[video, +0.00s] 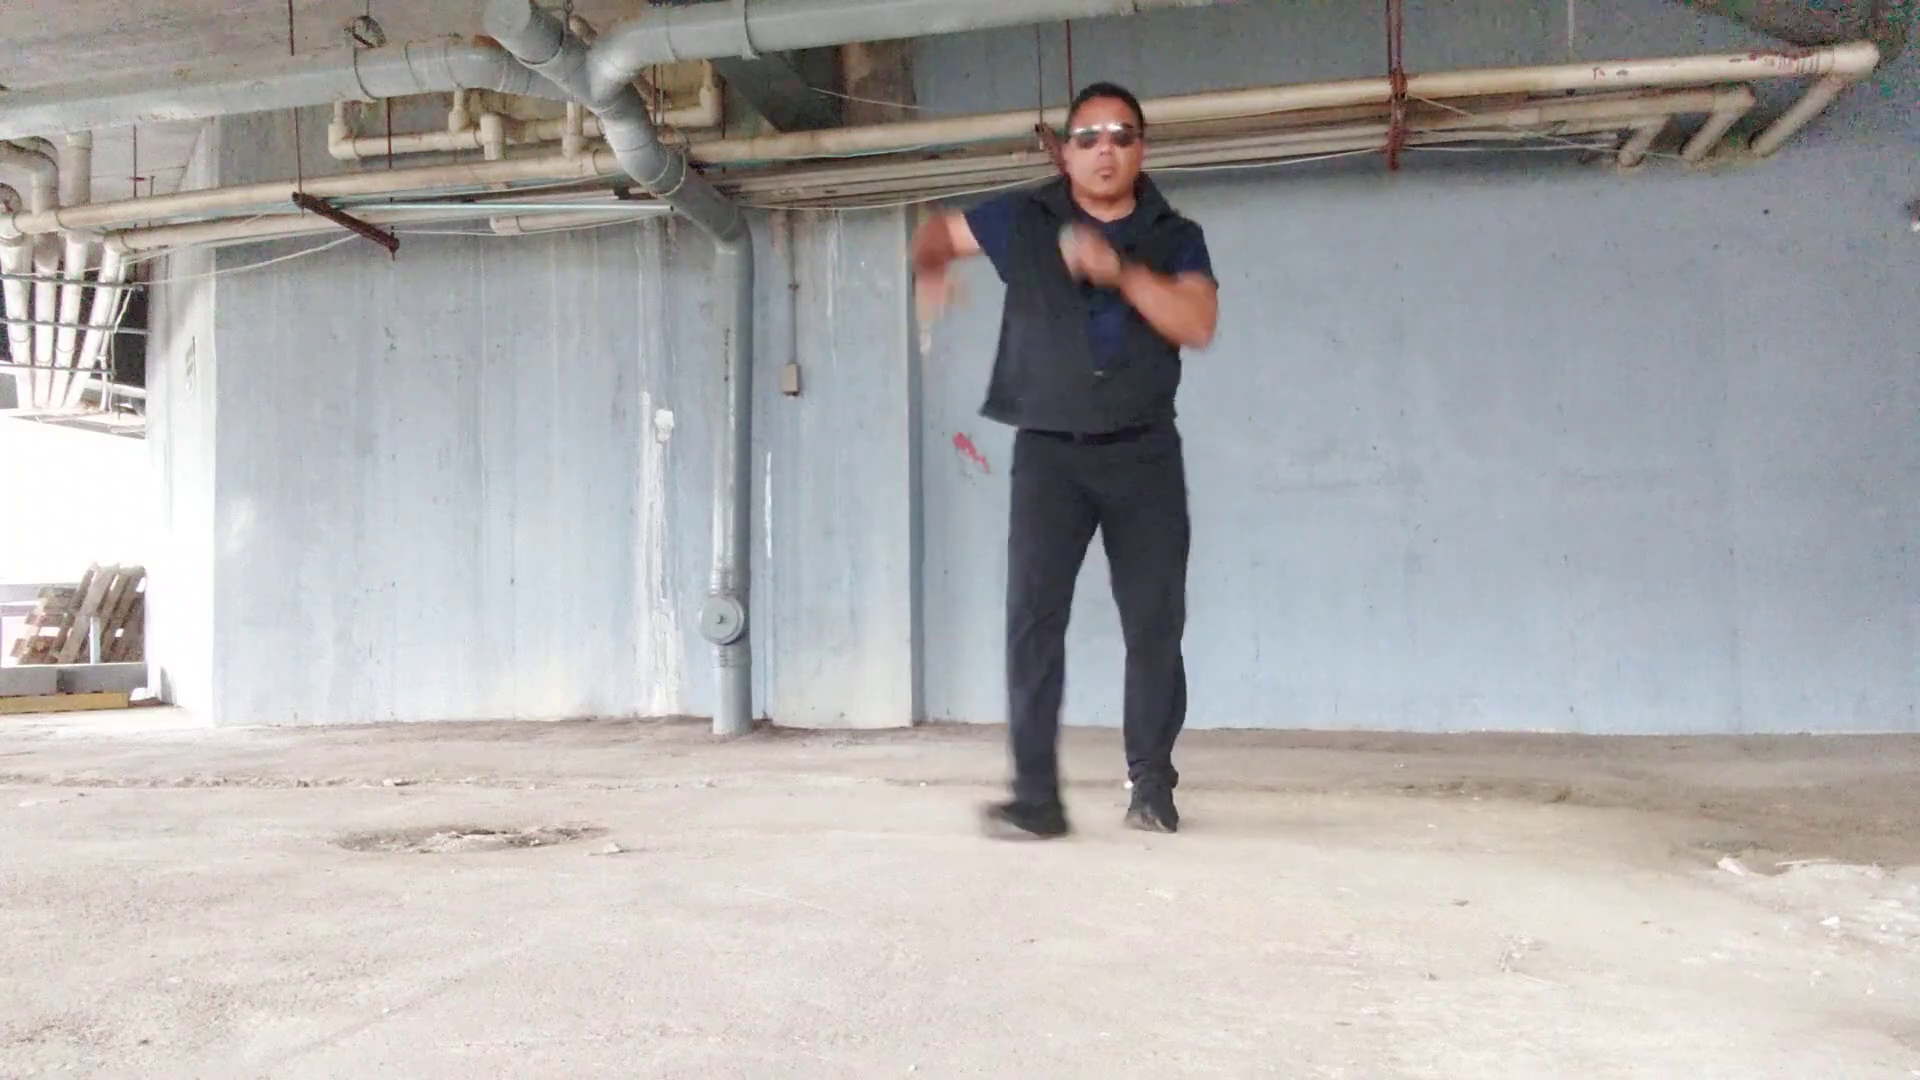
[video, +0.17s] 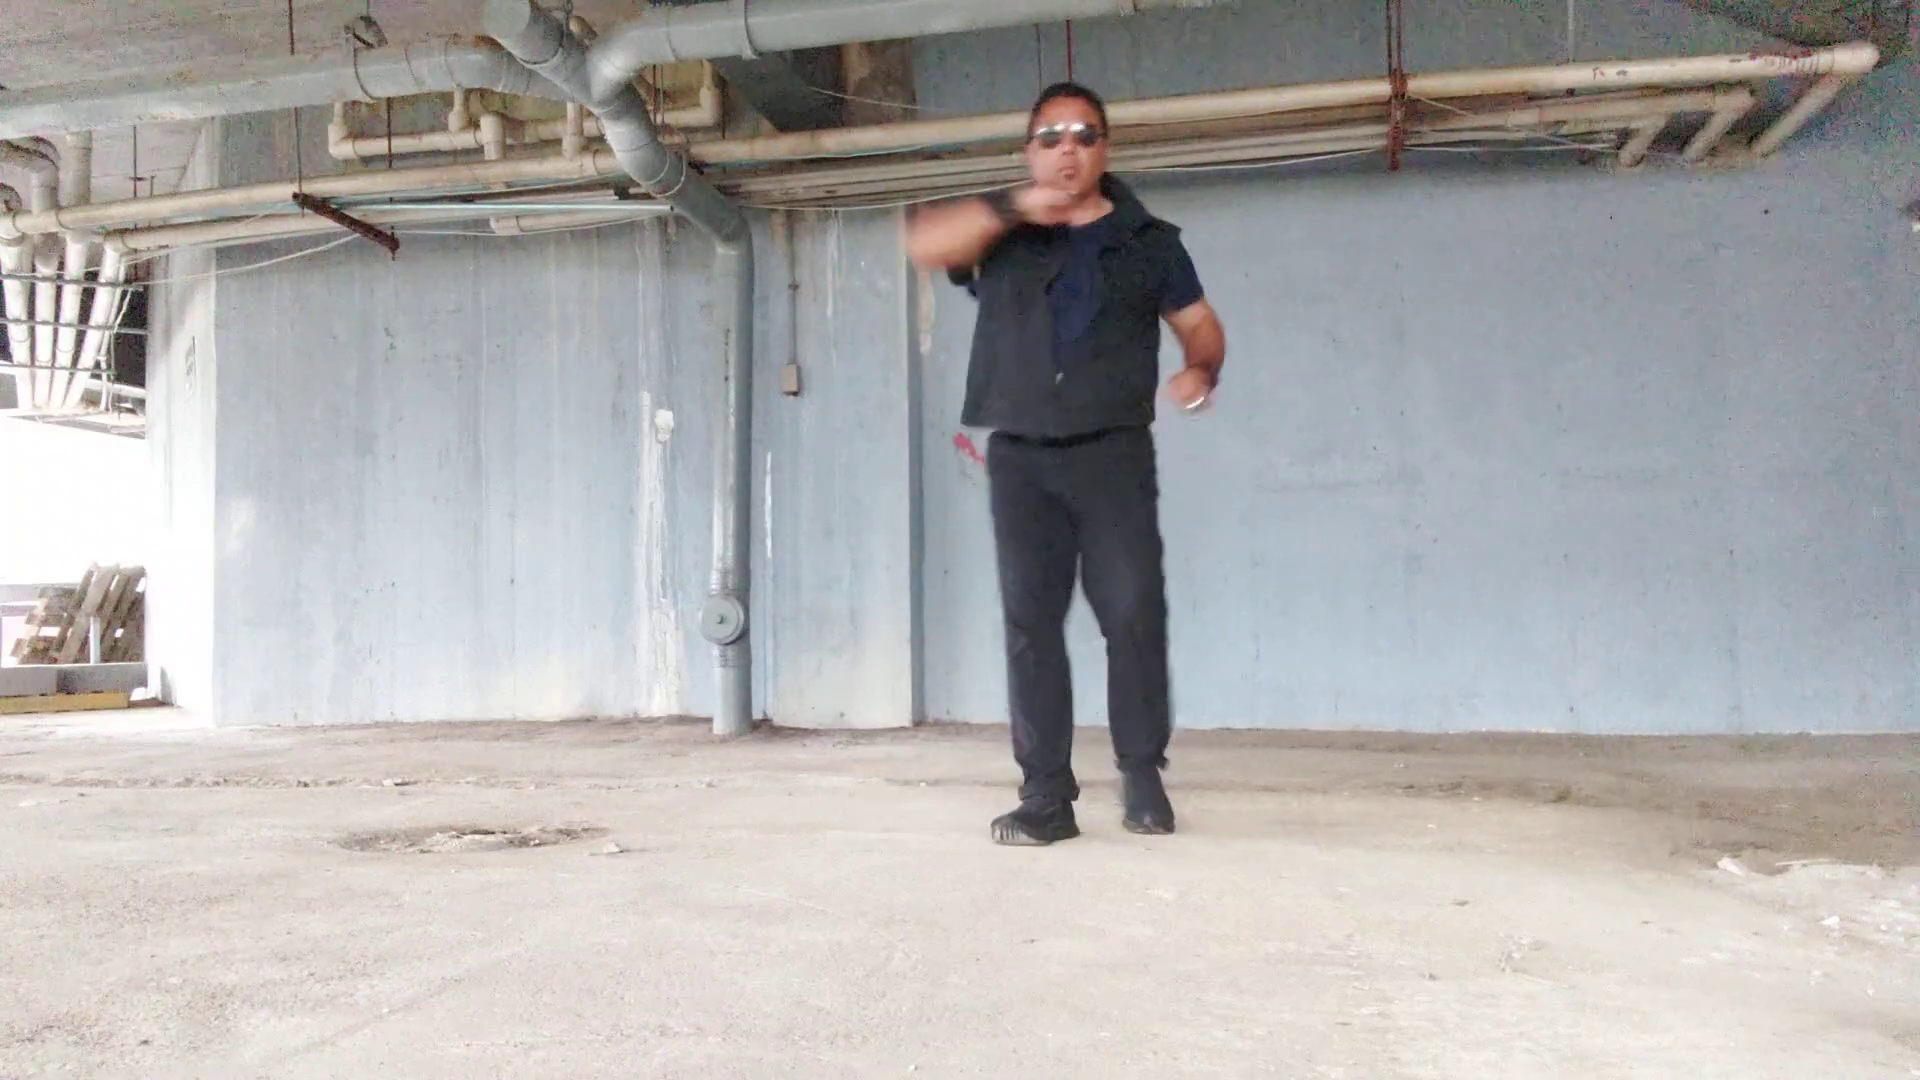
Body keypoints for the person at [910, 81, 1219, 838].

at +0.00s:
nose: (1106, 149)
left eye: (1121, 136)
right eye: (1089, 137)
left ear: (1143, 150)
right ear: (1064, 152)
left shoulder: (1171, 232)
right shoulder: (1027, 217)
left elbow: (1198, 324)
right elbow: (937, 231)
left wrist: (1119, 271)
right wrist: (929, 267)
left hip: (1144, 456)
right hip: (1048, 455)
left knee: (1155, 625)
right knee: (1033, 618)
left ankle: (1153, 784)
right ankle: (1036, 796)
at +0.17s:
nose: (1065, 149)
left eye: (1083, 136)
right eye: (1050, 137)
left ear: (1106, 152)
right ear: (1028, 154)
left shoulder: (1145, 240)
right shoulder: (998, 232)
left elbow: (1203, 331)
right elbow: (918, 243)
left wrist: (1200, 370)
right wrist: (1013, 208)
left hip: (1114, 454)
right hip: (1019, 457)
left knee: (1135, 612)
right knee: (1029, 623)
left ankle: (1142, 773)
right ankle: (1046, 793)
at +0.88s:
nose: (978, 161)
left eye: (991, 145)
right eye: (974, 148)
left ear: (1044, 141)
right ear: (994, 154)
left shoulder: (1125, 213)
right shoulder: (981, 228)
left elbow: (1202, 295)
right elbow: (915, 299)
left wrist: (1179, 376)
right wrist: (991, 235)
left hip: (1097, 438)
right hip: (1000, 444)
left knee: (1114, 568)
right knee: (998, 616)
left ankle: (1103, 687)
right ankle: (999, 794)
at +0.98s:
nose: (992, 150)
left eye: (1004, 133)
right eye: (987, 138)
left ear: (1058, 126)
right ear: (996, 147)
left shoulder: (1132, 196)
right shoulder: (985, 215)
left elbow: (1238, 229)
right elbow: (889, 241)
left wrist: (1192, 301)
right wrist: (936, 215)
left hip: (1108, 439)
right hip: (1013, 444)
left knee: (1126, 613)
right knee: (1006, 619)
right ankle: (998, 795)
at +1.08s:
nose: (1009, 139)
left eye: (1023, 122)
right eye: (1004, 127)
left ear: (1079, 120)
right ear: (1016, 137)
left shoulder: (1152, 184)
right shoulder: (1007, 210)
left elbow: (1259, 223)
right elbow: (936, 237)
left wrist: (1169, 239)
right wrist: (915, 258)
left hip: (1134, 443)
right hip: (1037, 449)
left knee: (1151, 623)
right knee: (1017, 623)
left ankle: (1168, 800)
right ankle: (1002, 795)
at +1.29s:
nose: (1045, 149)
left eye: (1060, 131)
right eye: (1040, 135)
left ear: (1113, 132)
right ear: (1043, 147)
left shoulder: (1191, 217)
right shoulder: (1036, 235)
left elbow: (1212, 321)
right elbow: (997, 352)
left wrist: (1118, 322)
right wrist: (1019, 324)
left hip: (1172, 453)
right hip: (1076, 460)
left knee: (1170, 621)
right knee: (1061, 614)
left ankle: (1168, 805)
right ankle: (1158, 734)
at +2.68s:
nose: (932, 172)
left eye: (945, 156)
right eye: (913, 159)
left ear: (962, 166)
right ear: (886, 171)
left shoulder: (1002, 252)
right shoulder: (850, 250)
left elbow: (1028, 349)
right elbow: (771, 328)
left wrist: (1005, 377)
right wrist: (797, 364)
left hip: (969, 468)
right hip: (872, 468)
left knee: (1002, 582)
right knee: (850, 624)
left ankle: (947, 674)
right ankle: (829, 783)